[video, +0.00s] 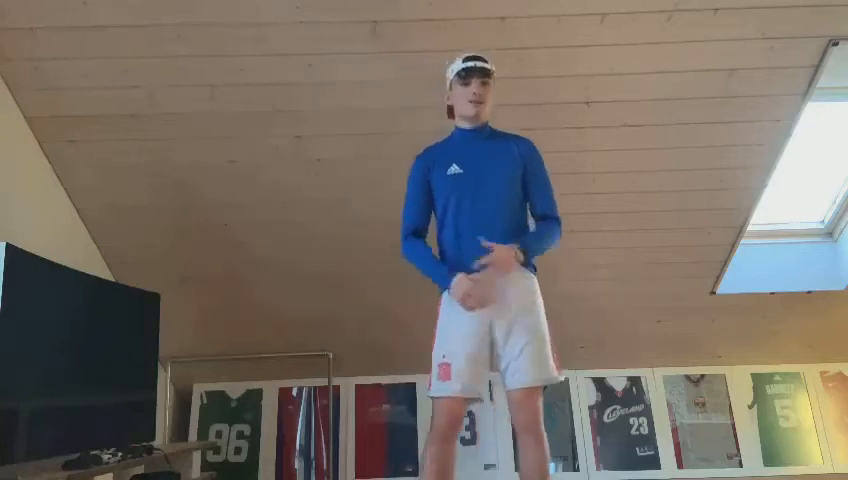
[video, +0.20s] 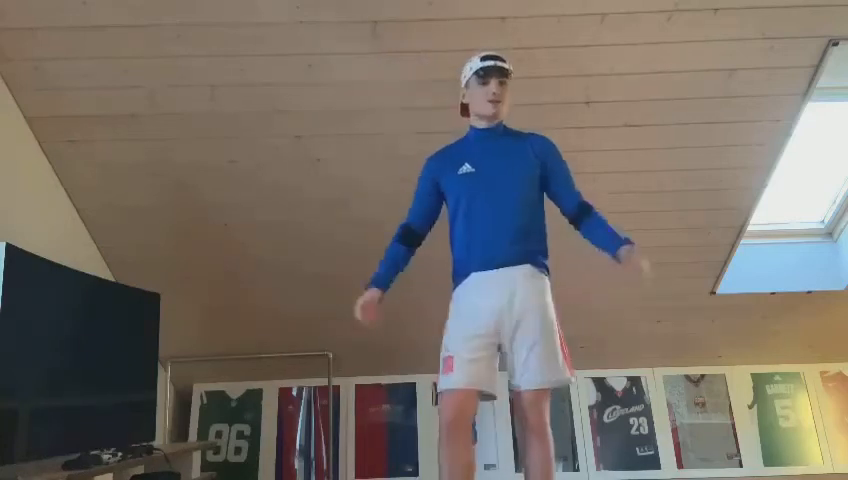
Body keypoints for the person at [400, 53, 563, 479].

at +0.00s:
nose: (476, 90)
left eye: (483, 83)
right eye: (466, 83)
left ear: (492, 92)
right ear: (449, 95)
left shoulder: (521, 150)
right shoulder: (431, 159)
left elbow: (550, 225)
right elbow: (411, 239)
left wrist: (519, 252)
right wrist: (451, 280)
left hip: (517, 293)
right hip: (462, 296)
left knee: (528, 416)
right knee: (446, 421)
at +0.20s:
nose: (494, 89)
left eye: (501, 82)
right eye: (483, 82)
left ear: (509, 92)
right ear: (465, 94)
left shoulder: (538, 149)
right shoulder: (443, 162)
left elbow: (577, 209)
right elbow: (412, 231)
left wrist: (618, 244)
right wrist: (378, 285)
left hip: (529, 289)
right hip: (472, 293)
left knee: (536, 413)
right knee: (454, 413)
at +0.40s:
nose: (496, 87)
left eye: (505, 81)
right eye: (487, 80)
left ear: (515, 93)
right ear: (470, 92)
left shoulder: (544, 147)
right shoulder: (448, 160)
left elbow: (591, 211)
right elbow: (410, 231)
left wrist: (655, 234)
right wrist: (354, 267)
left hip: (532, 286)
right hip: (476, 289)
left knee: (535, 410)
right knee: (465, 411)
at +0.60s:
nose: (497, 88)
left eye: (506, 82)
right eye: (488, 81)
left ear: (516, 93)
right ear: (474, 92)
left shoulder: (547, 149)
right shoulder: (450, 160)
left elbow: (574, 222)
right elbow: (420, 233)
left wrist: (616, 256)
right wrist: (371, 278)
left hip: (533, 289)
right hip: (476, 293)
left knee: (536, 414)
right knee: (462, 418)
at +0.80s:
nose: (496, 88)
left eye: (505, 82)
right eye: (487, 81)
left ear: (515, 92)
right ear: (472, 92)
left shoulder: (544, 149)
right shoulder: (449, 159)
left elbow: (562, 225)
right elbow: (432, 232)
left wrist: (520, 255)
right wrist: (437, 287)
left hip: (527, 289)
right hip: (468, 292)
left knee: (533, 416)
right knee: (458, 421)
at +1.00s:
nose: (492, 88)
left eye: (501, 82)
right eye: (482, 81)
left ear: (510, 92)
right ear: (467, 92)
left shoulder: (537, 145)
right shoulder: (443, 158)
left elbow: (543, 219)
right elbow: (437, 234)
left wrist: (469, 231)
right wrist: (498, 263)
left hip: (521, 284)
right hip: (465, 284)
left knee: (529, 413)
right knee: (451, 414)